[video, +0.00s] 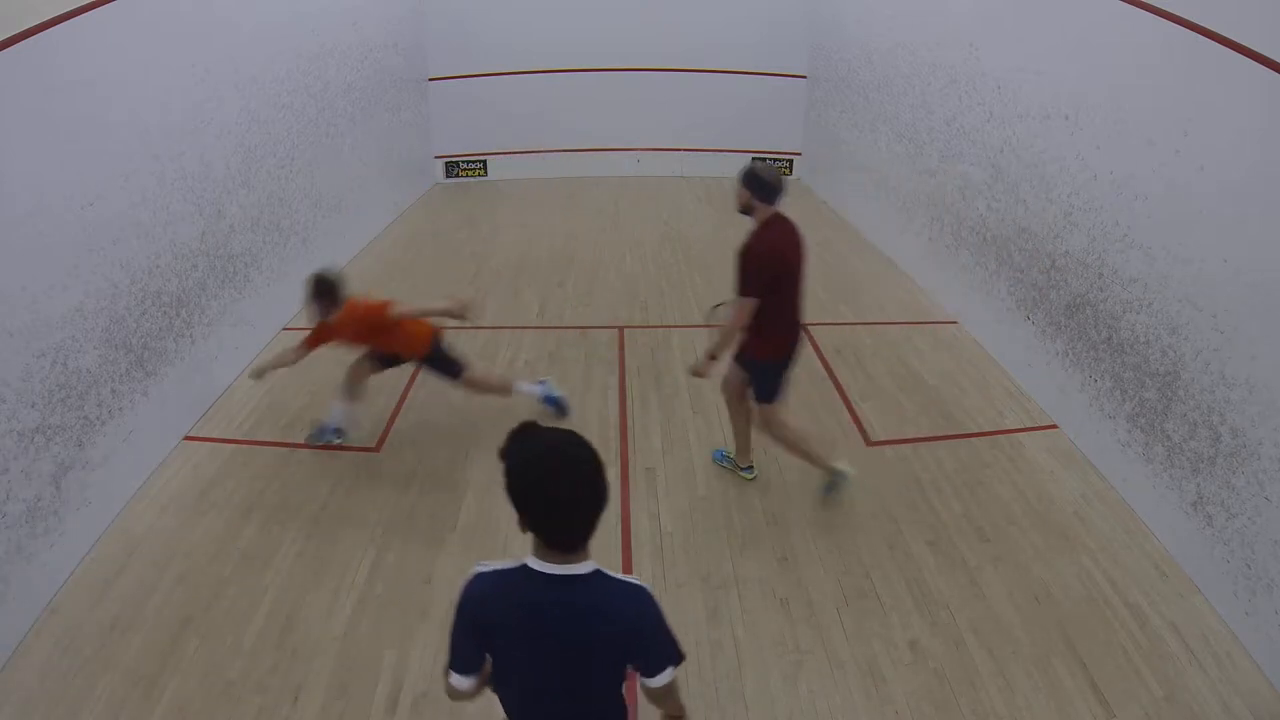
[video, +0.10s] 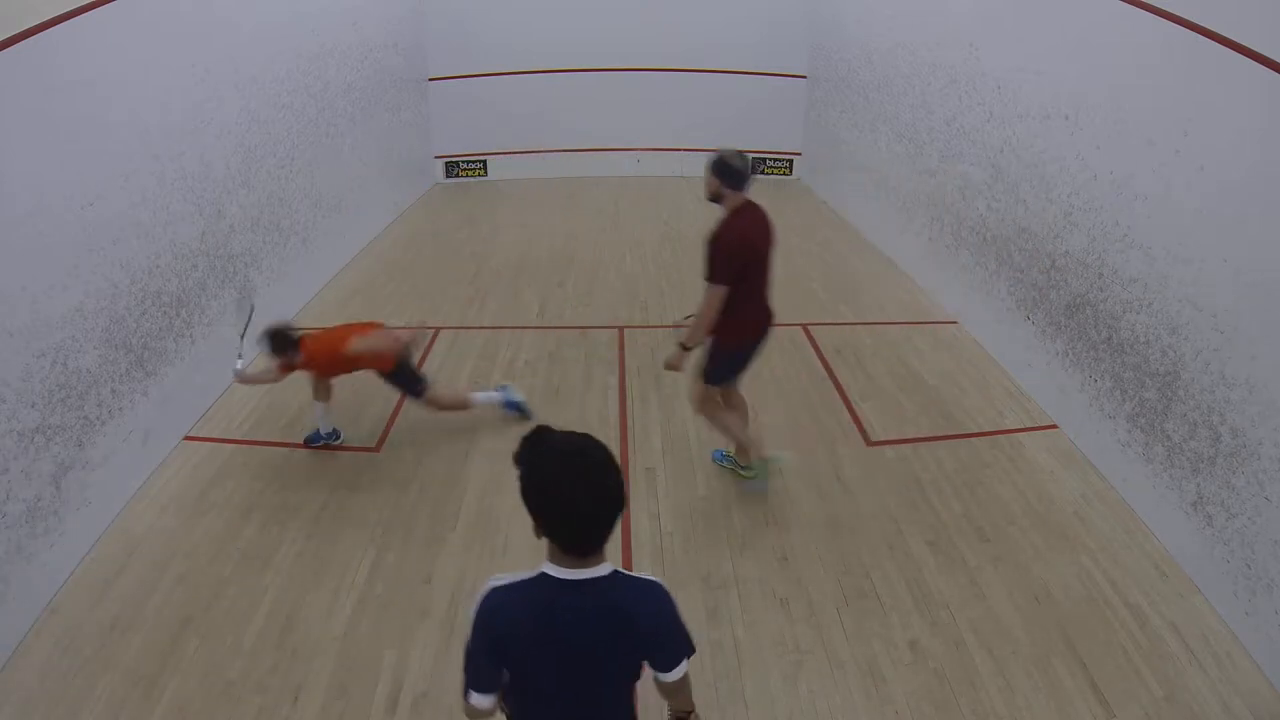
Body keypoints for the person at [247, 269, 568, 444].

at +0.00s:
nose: (311, 309)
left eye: (313, 303)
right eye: (312, 303)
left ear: (324, 302)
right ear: (327, 301)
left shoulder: (359, 312)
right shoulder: (326, 326)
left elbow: (406, 312)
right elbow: (296, 354)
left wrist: (448, 311)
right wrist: (265, 367)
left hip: (422, 342)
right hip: (394, 346)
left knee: (472, 381)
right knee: (357, 370)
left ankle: (540, 391)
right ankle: (338, 426)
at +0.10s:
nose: (274, 357)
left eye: (275, 355)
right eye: (273, 354)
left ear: (286, 353)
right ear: (291, 340)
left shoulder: (316, 357)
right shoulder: (303, 347)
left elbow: (372, 343)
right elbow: (275, 374)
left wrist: (404, 341)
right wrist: (243, 377)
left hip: (388, 358)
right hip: (371, 341)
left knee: (435, 400)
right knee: (318, 376)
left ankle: (502, 397)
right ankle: (325, 430)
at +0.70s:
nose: (229, 298)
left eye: (227, 291)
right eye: (225, 294)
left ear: (233, 285)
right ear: (242, 274)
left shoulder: (257, 303)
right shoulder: (265, 277)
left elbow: (277, 343)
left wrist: (276, 328)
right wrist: (277, 326)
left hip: (332, 321)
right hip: (336, 300)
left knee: (321, 383)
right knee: (310, 367)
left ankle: (367, 421)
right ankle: (328, 427)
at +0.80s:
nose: (228, 273)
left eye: (227, 266)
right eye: (225, 267)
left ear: (234, 260)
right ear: (244, 253)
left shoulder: (259, 285)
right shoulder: (271, 258)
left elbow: (279, 334)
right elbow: (304, 278)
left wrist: (291, 338)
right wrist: (306, 308)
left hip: (330, 318)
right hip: (337, 300)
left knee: (327, 381)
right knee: (314, 366)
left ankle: (369, 422)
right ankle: (330, 427)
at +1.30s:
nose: (250, 216)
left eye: (252, 209)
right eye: (249, 210)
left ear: (267, 207)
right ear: (278, 204)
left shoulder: (287, 242)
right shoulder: (296, 227)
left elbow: (293, 300)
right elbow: (313, 277)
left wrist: (279, 354)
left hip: (321, 320)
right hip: (312, 314)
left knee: (336, 376)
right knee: (298, 365)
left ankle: (369, 421)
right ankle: (325, 423)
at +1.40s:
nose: (250, 216)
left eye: (252, 209)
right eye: (249, 210)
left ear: (269, 208)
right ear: (277, 205)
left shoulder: (288, 243)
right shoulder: (293, 227)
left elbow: (297, 302)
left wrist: (281, 351)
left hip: (320, 320)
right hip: (305, 317)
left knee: (336, 376)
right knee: (293, 368)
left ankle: (369, 421)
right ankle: (316, 424)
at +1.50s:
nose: (248, 216)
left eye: (251, 210)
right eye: (247, 210)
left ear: (268, 209)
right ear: (274, 207)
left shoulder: (287, 244)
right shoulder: (288, 229)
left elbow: (298, 301)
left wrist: (288, 350)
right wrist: (294, 318)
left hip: (317, 323)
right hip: (302, 320)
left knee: (337, 377)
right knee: (296, 371)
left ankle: (370, 422)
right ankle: (307, 431)